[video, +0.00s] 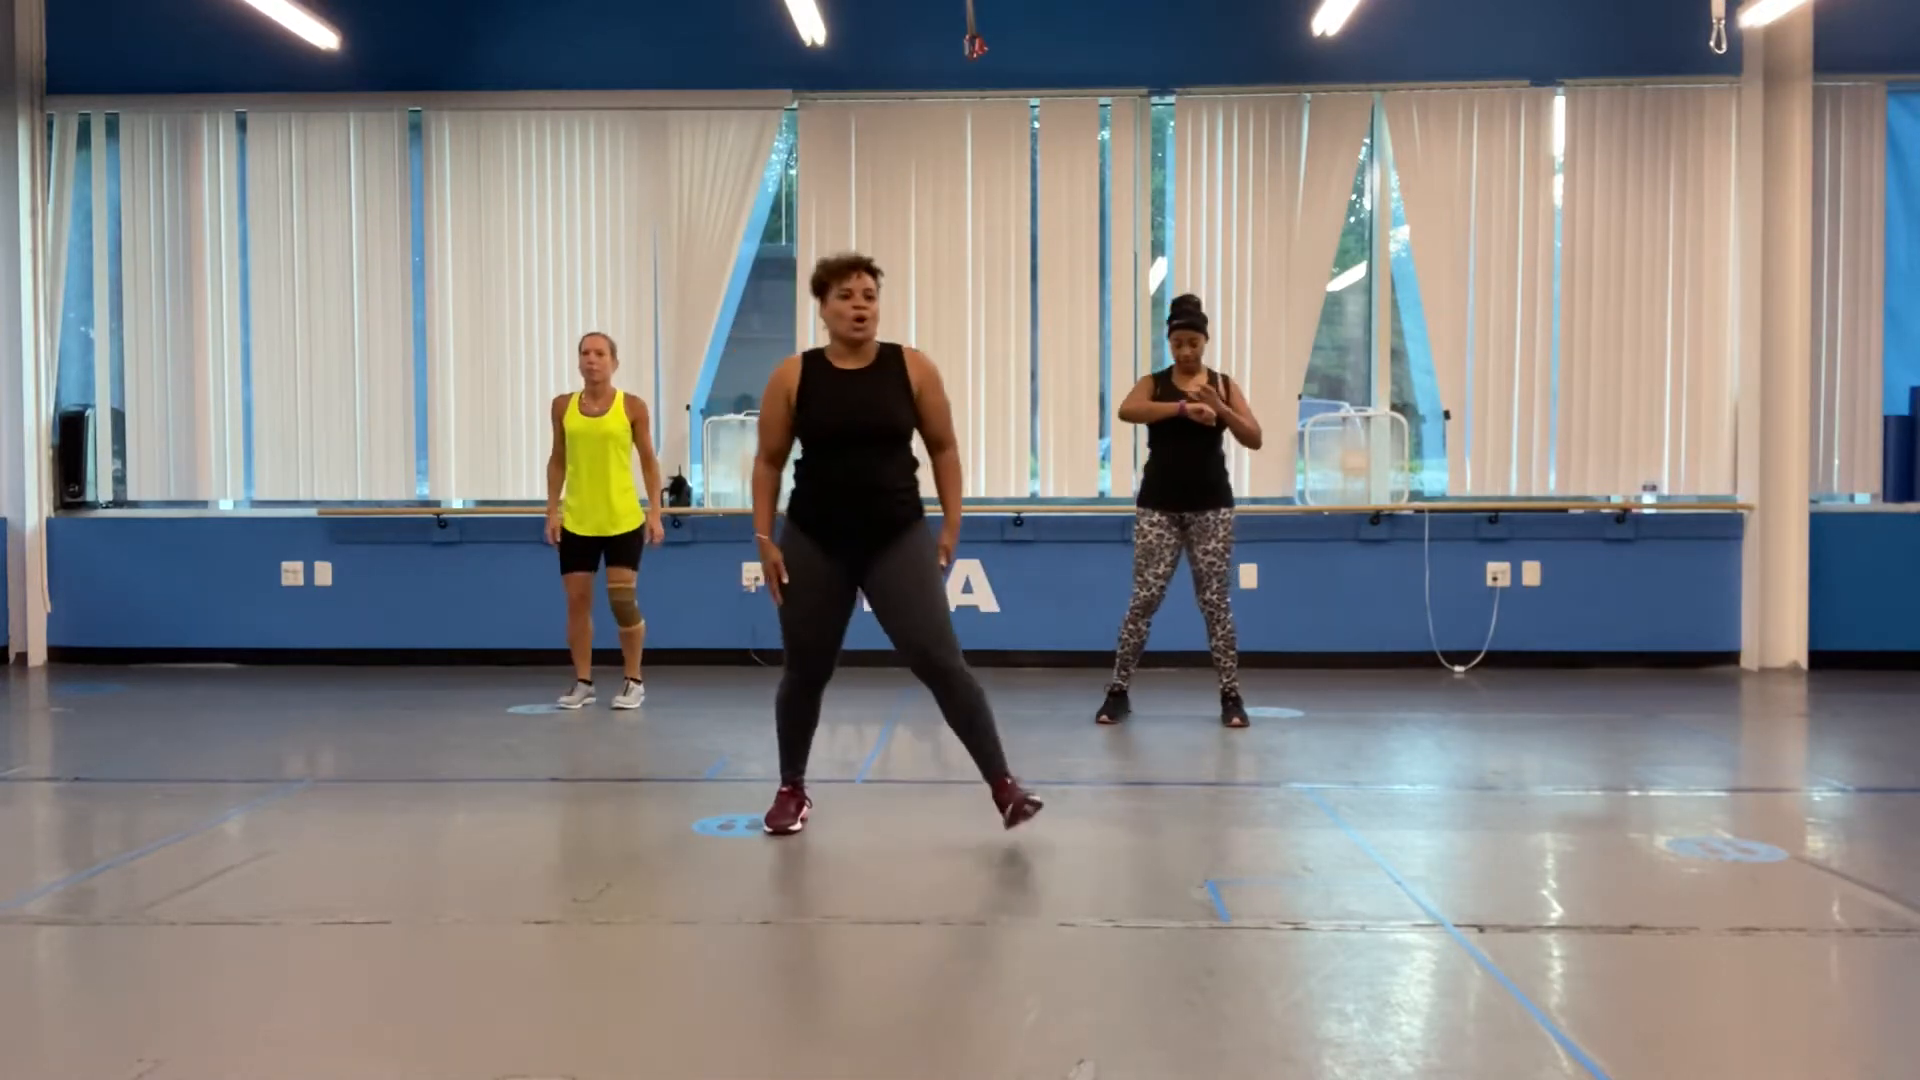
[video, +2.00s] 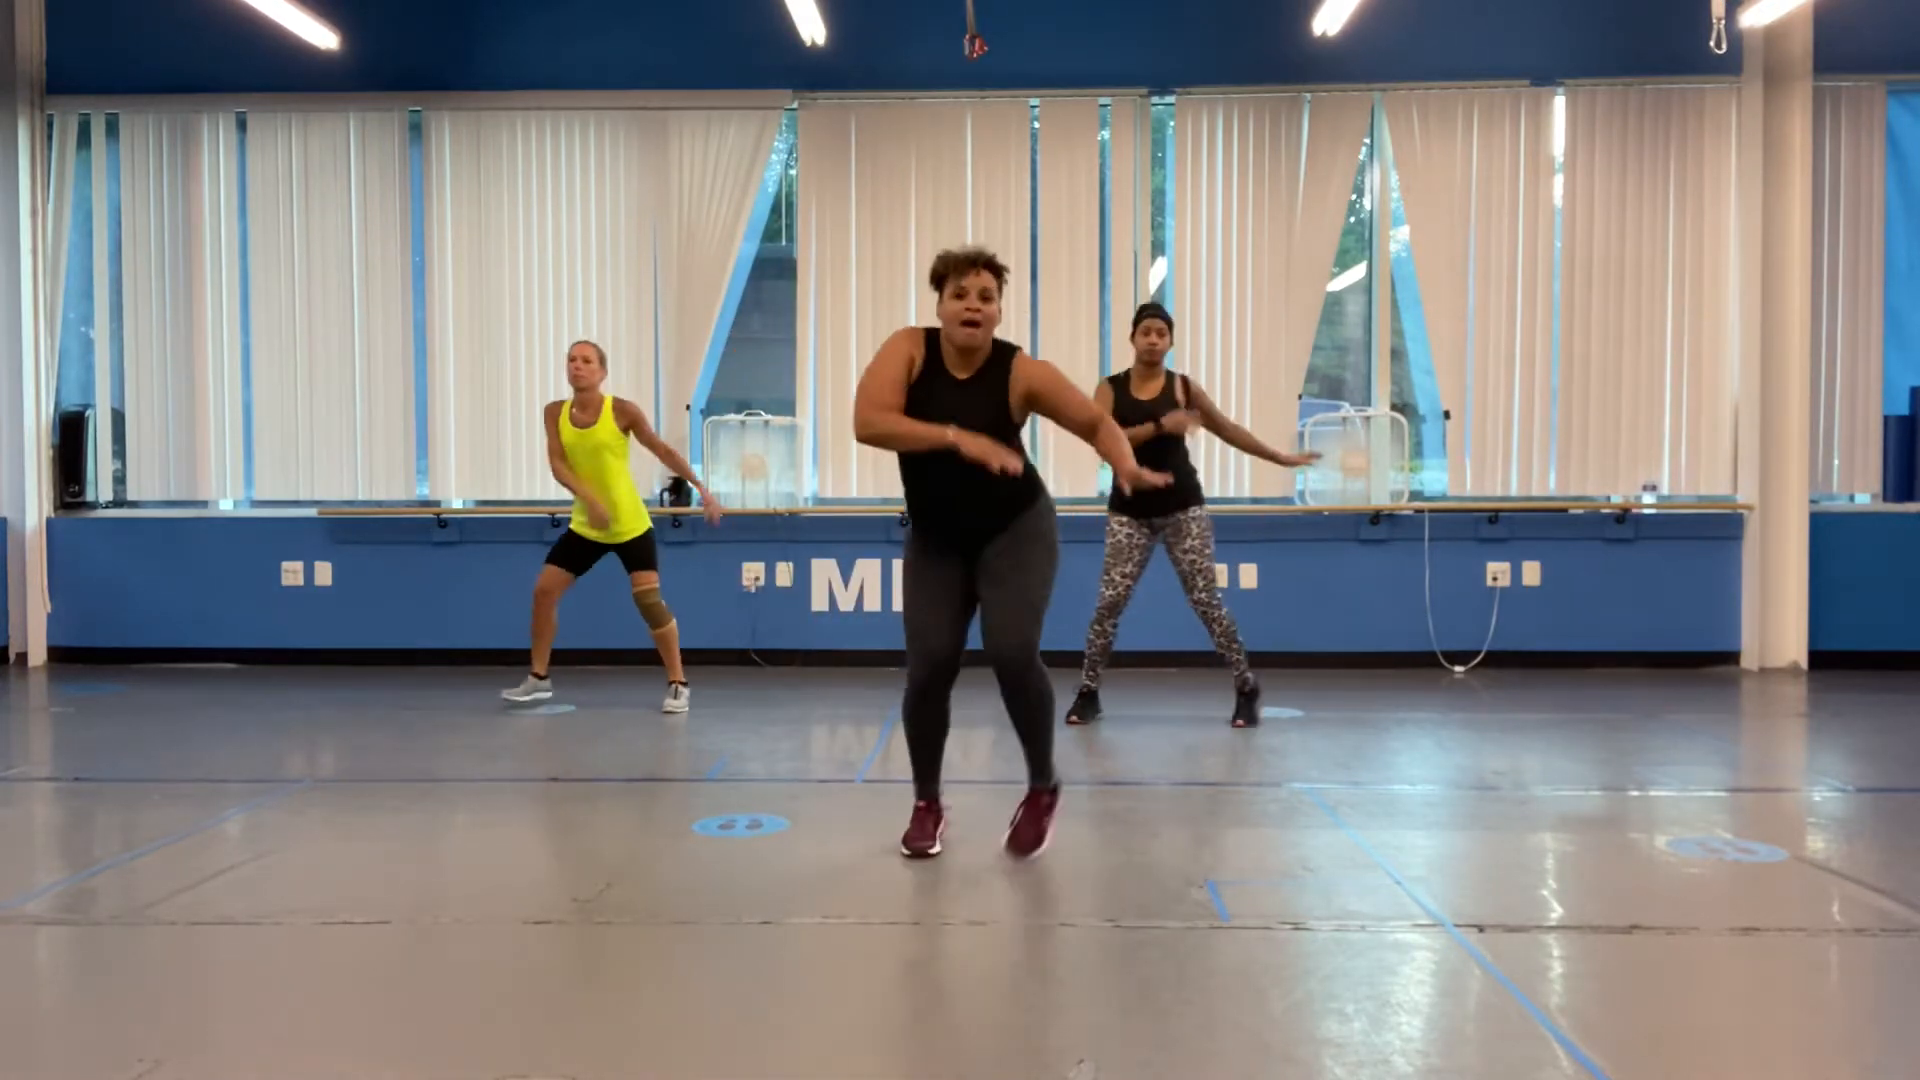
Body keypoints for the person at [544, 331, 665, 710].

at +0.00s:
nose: (591, 359)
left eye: (599, 354)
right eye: (586, 354)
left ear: (614, 363)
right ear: (578, 362)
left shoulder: (632, 407)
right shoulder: (563, 406)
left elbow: (649, 460)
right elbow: (557, 460)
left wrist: (655, 510)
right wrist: (553, 509)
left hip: (623, 517)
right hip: (577, 519)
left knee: (621, 598)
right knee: (578, 600)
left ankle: (633, 681)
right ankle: (583, 683)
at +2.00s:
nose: (577, 366)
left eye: (585, 361)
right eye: (572, 360)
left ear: (602, 372)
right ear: (566, 370)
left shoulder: (624, 411)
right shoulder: (556, 412)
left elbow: (663, 451)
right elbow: (558, 468)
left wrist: (702, 488)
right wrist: (591, 499)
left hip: (630, 524)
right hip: (586, 526)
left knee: (648, 599)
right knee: (544, 591)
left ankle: (678, 684)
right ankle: (538, 678)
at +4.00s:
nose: (519, 383)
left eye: (527, 377)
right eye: (512, 379)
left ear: (545, 384)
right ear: (508, 388)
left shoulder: (575, 420)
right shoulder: (506, 436)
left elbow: (610, 469)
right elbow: (501, 486)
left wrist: (568, 485)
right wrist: (450, 488)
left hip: (576, 524)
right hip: (530, 525)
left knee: (603, 598)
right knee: (501, 605)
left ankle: (606, 684)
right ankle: (493, 673)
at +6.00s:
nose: (638, 383)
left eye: (645, 376)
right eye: (631, 378)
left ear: (662, 385)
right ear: (626, 388)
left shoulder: (683, 428)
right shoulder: (614, 424)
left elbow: (687, 477)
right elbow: (577, 465)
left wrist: (691, 504)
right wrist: (594, 492)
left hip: (668, 524)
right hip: (620, 523)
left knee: (695, 594)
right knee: (593, 601)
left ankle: (709, 668)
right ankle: (596, 684)